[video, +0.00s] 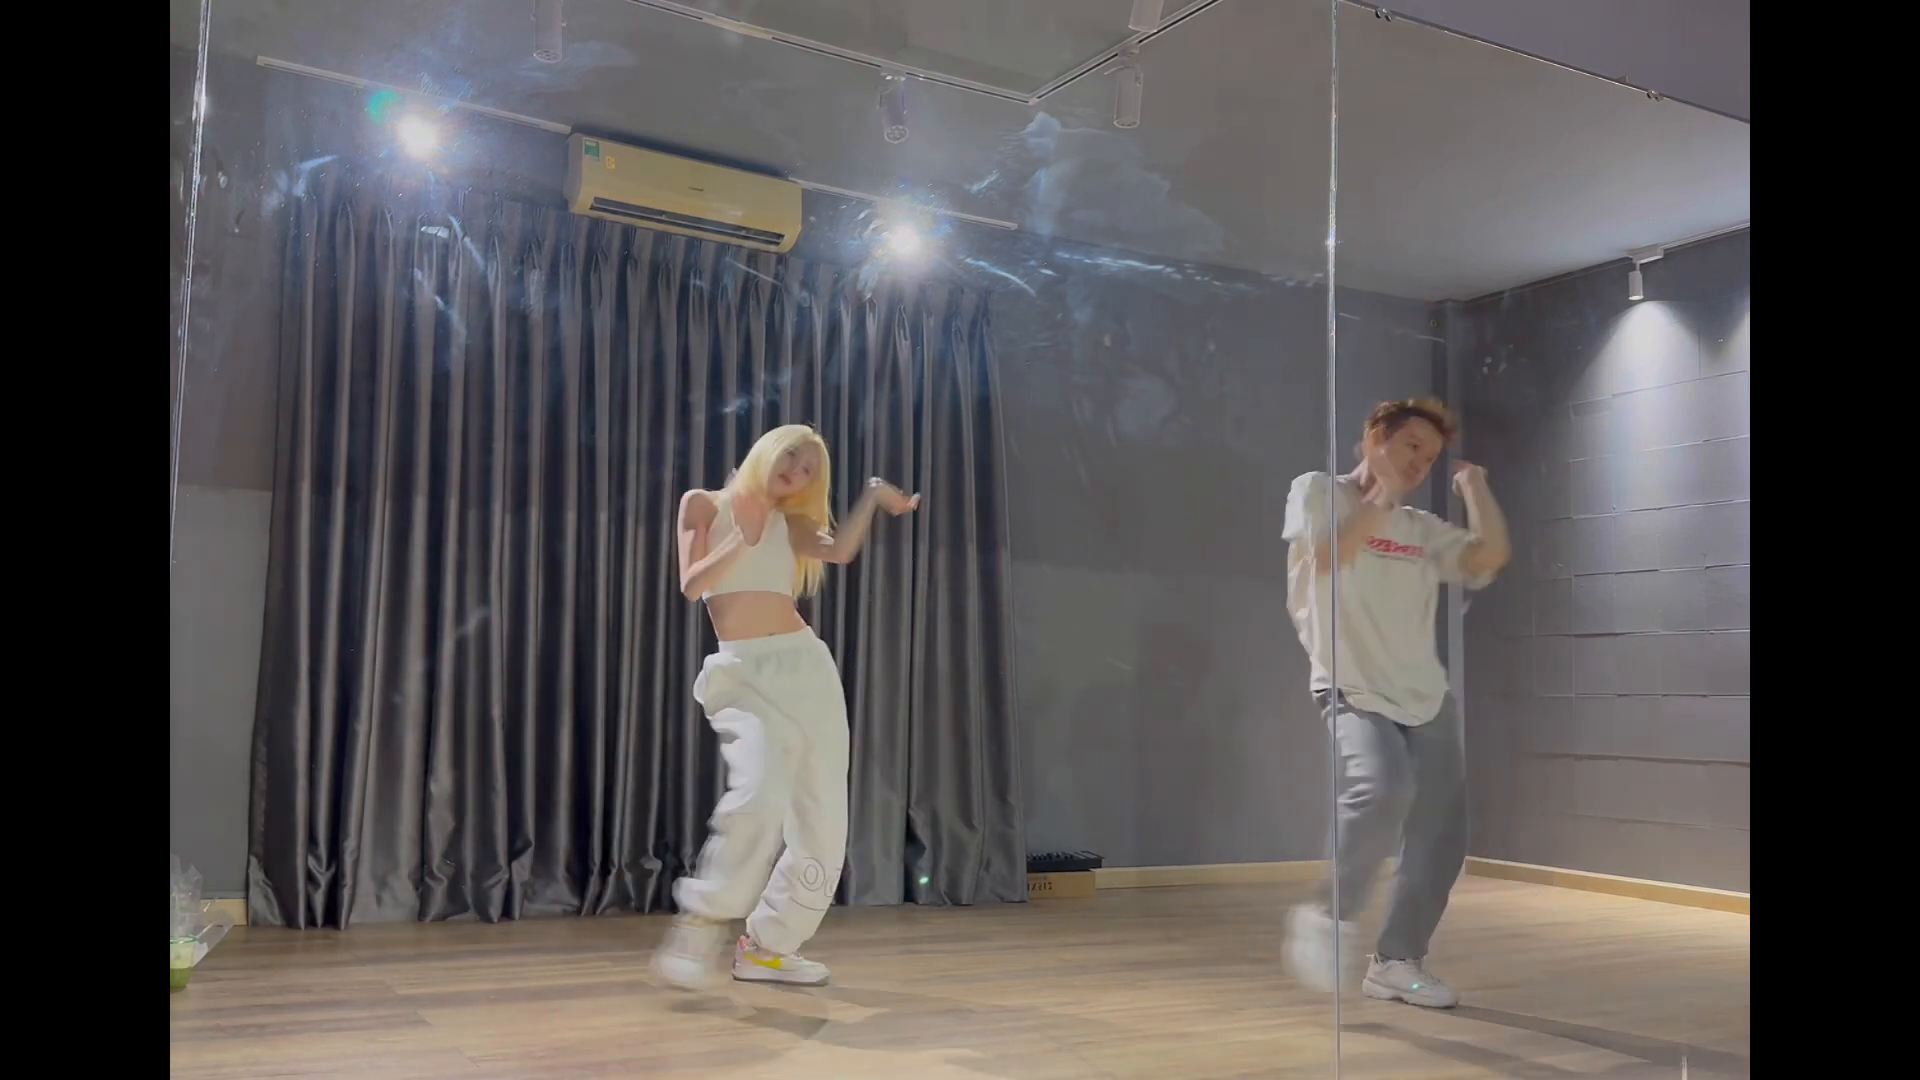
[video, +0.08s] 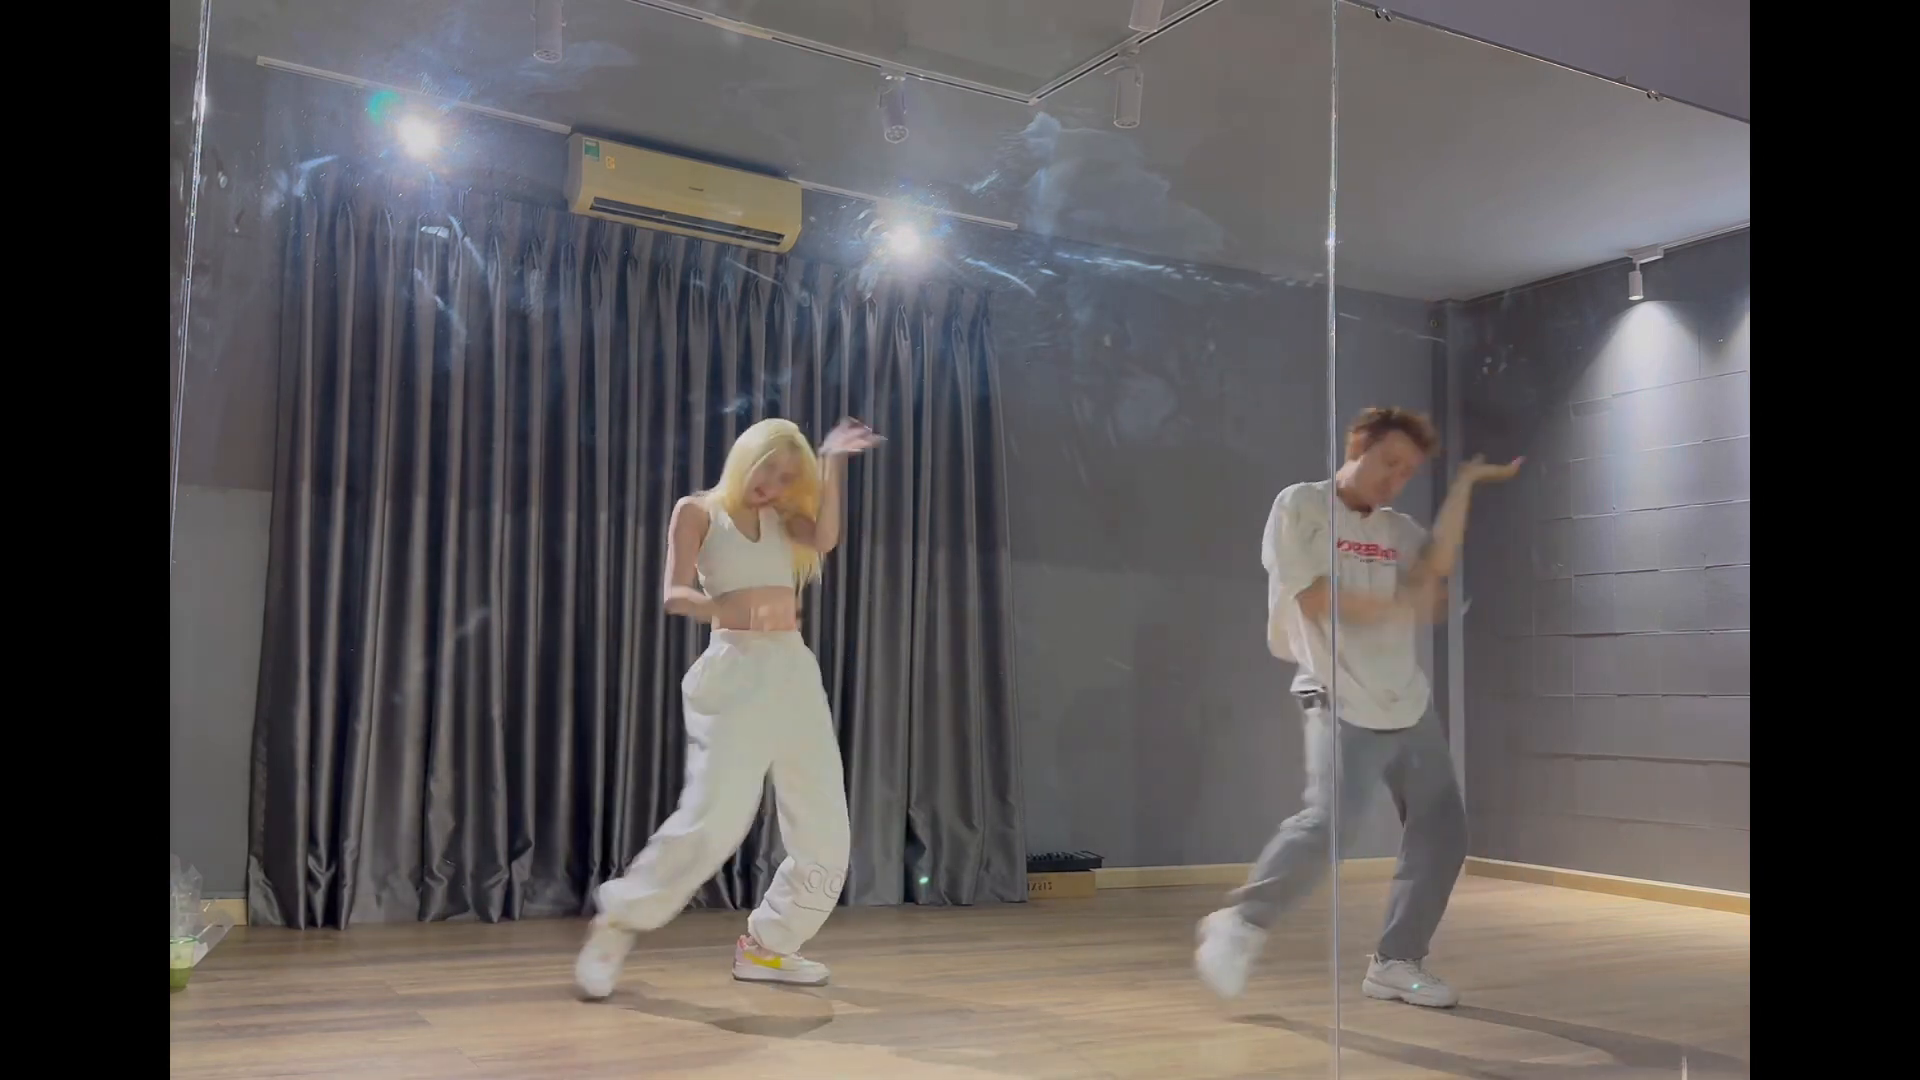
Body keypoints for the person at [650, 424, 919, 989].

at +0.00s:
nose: (796, 476)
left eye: (807, 474)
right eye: (792, 461)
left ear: (808, 484)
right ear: (767, 455)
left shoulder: (794, 523)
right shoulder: (705, 505)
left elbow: (842, 550)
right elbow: (691, 584)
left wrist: (873, 495)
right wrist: (740, 540)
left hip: (808, 670)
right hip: (743, 674)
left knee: (822, 820)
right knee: (759, 799)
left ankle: (765, 947)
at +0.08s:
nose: (769, 493)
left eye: (782, 485)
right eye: (766, 478)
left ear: (791, 485)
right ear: (747, 463)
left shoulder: (784, 519)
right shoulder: (698, 512)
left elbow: (826, 536)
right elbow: (673, 594)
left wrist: (831, 463)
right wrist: (712, 607)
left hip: (796, 679)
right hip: (732, 680)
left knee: (824, 834)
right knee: (713, 825)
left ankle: (765, 947)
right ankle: (616, 927)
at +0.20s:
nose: (748, 475)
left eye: (756, 464)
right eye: (732, 467)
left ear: (770, 476)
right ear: (707, 485)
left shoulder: (789, 532)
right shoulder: (707, 546)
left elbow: (844, 472)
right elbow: (647, 622)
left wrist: (773, 442)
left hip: (763, 721)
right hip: (698, 708)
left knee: (821, 841)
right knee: (641, 847)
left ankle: (765, 949)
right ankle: (586, 953)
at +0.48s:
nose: (712, 491)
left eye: (722, 487)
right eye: (701, 487)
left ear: (739, 512)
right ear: (684, 513)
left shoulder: (751, 568)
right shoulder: (661, 571)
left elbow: (823, 540)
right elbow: (612, 650)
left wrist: (765, 489)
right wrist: (643, 727)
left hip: (749, 737)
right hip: (669, 738)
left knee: (822, 842)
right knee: (607, 843)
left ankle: (770, 946)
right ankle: (586, 955)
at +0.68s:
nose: (720, 479)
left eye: (732, 479)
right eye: (710, 473)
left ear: (742, 511)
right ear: (688, 495)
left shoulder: (747, 565)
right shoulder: (648, 552)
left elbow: (835, 596)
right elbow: (606, 605)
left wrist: (788, 536)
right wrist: (633, 643)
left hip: (753, 719)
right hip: (677, 726)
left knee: (782, 854)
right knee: (621, 832)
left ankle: (804, 943)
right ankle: (590, 951)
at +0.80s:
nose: (725, 461)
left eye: (738, 455)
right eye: (716, 452)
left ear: (752, 474)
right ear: (696, 464)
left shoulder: (753, 536)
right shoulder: (671, 525)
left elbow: (807, 599)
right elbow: (615, 585)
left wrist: (766, 536)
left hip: (746, 699)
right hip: (682, 702)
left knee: (759, 856)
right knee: (615, 813)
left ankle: (821, 929)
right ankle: (620, 950)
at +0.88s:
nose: (734, 484)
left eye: (746, 473)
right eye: (722, 473)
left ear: (764, 480)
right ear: (701, 478)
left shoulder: (774, 540)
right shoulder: (693, 542)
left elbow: (736, 579)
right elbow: (621, 575)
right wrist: (598, 518)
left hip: (735, 692)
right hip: (674, 690)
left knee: (736, 833)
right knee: (598, 815)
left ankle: (818, 929)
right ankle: (637, 950)